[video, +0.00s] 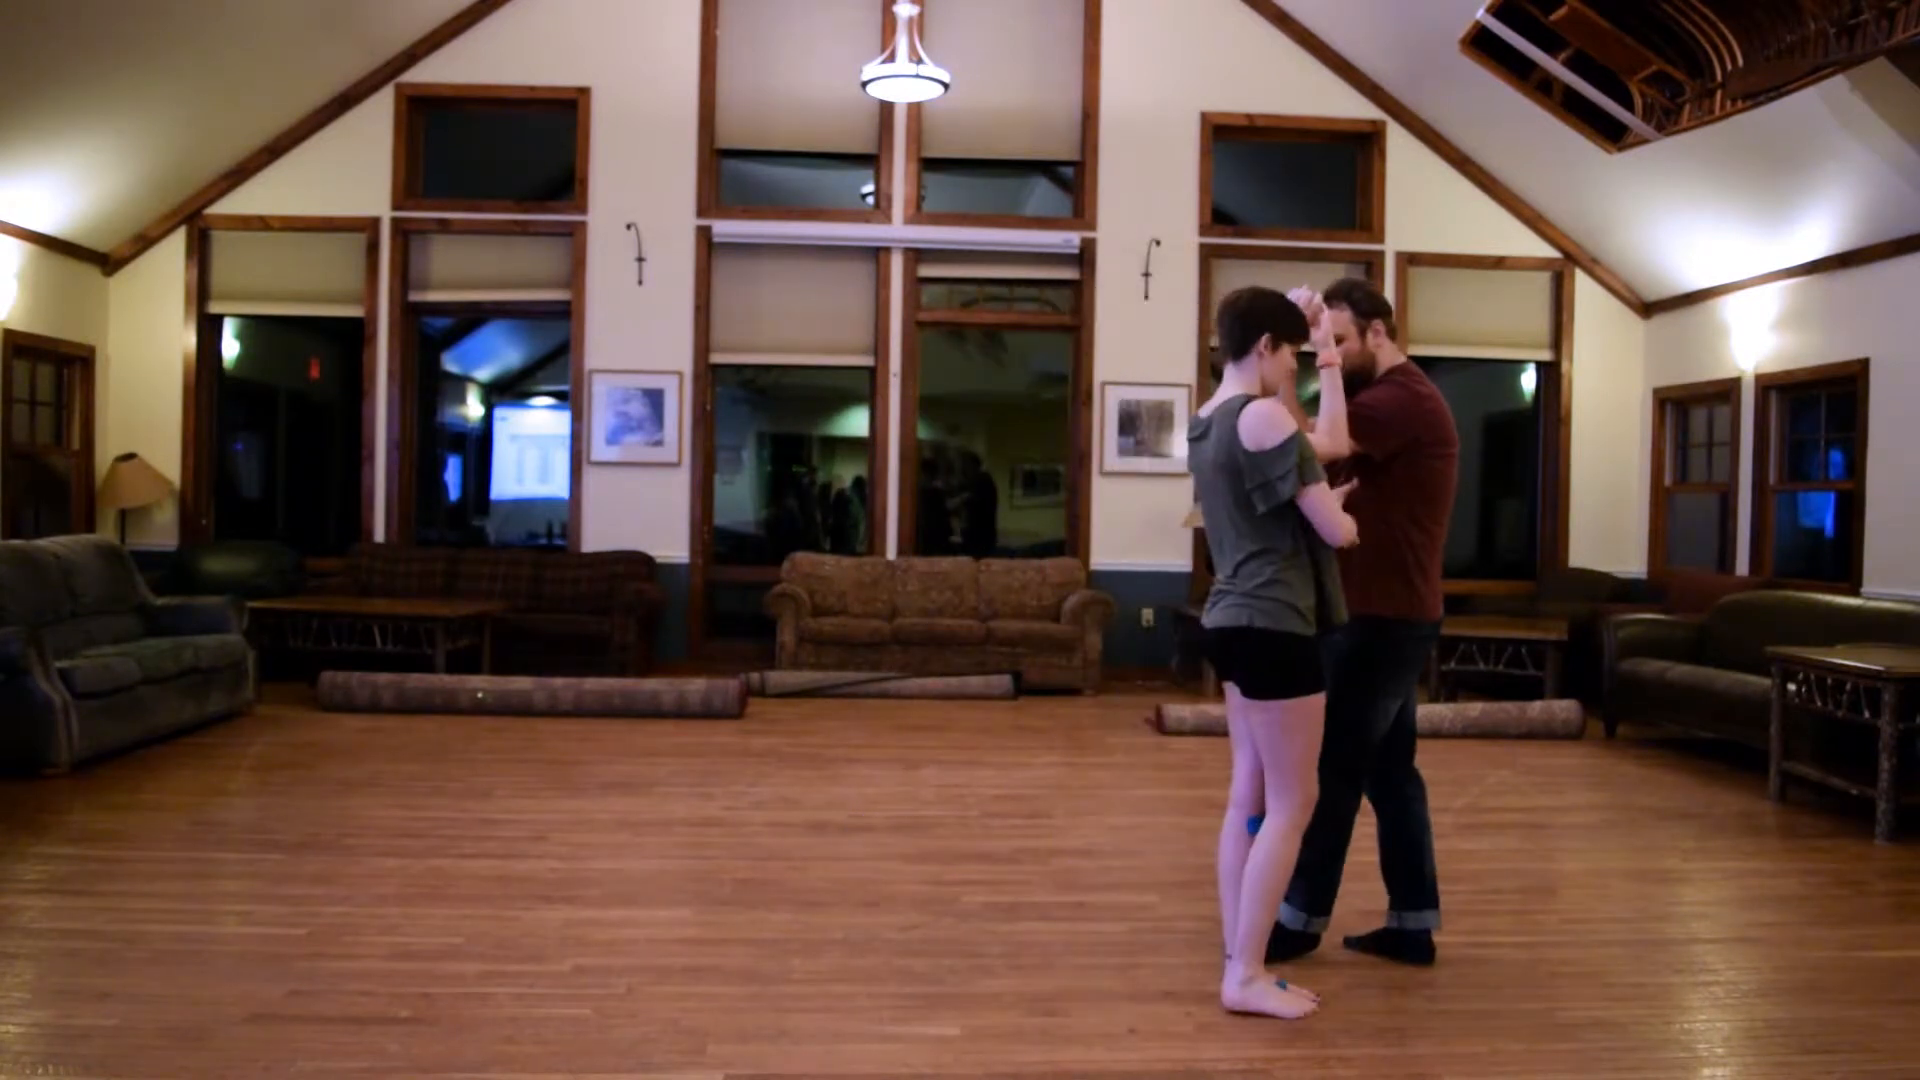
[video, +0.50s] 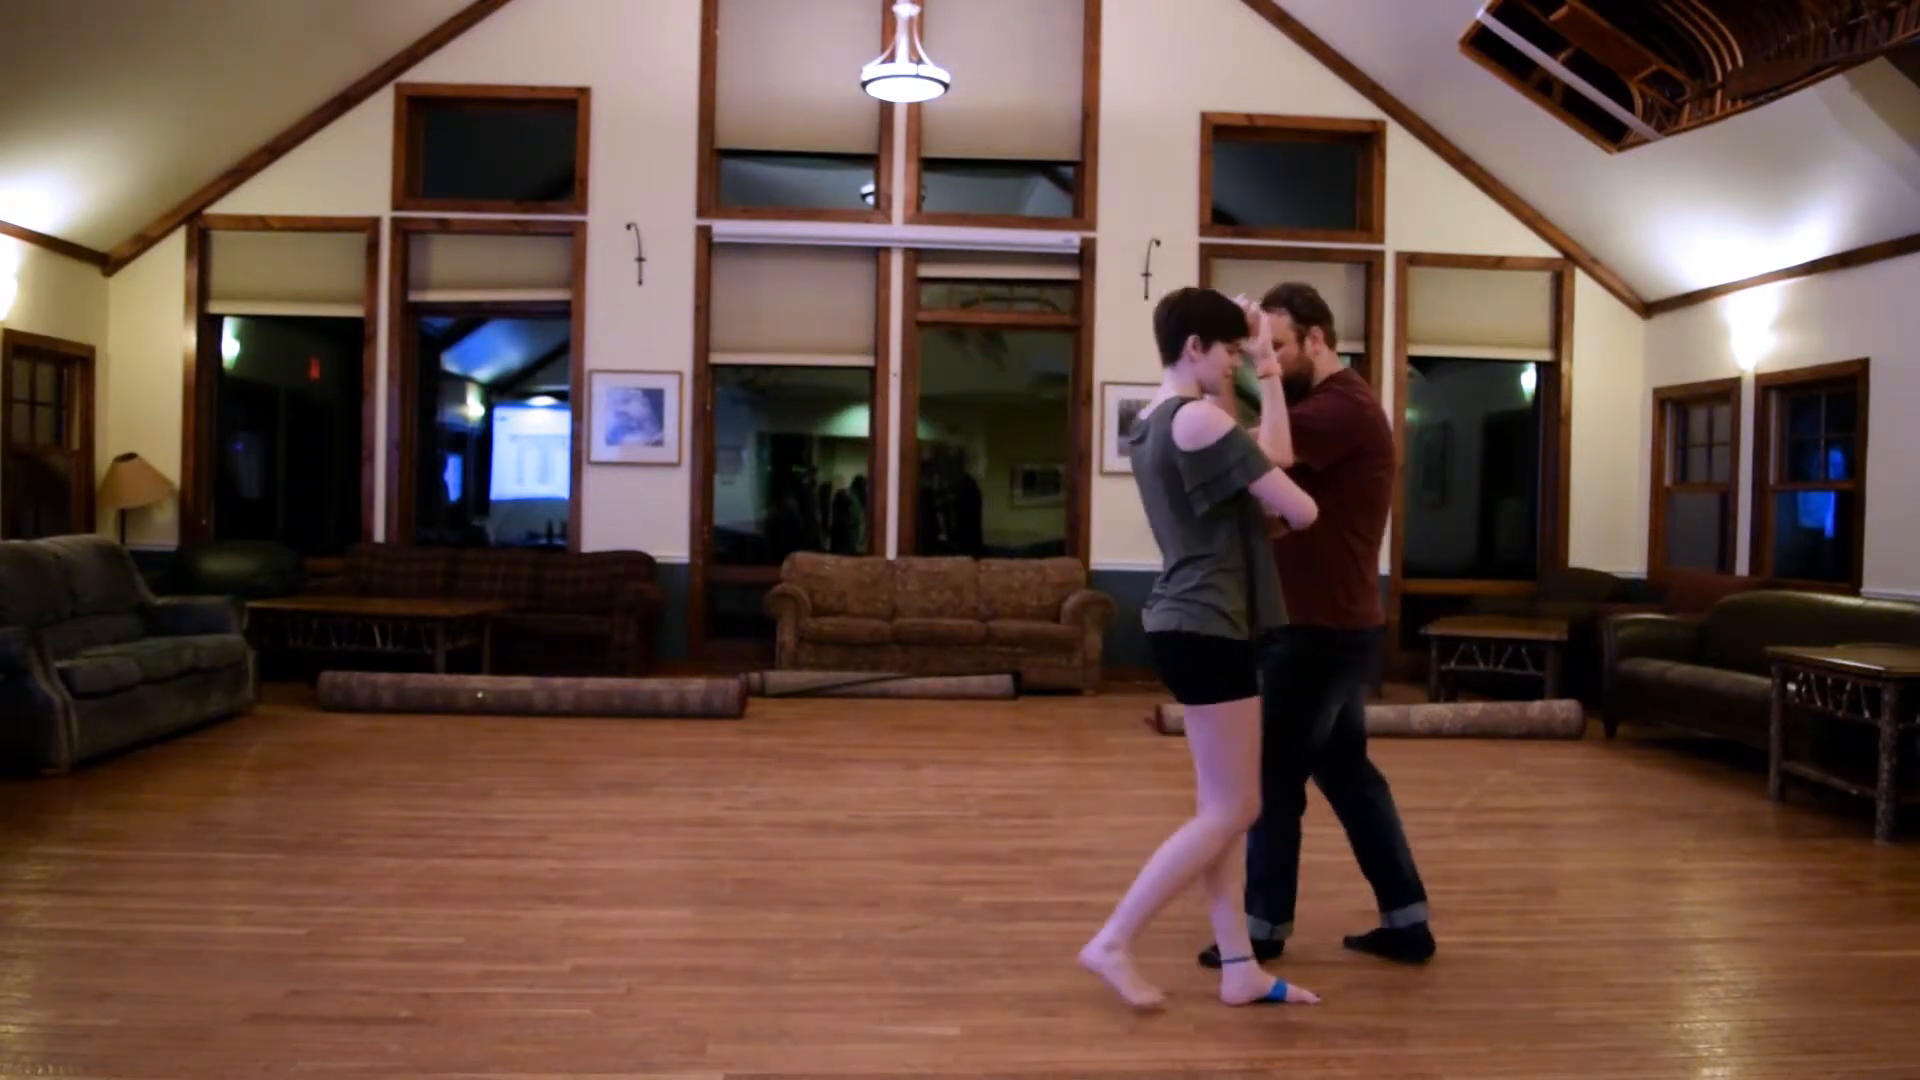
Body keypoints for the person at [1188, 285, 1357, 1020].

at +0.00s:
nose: (1301, 362)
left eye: (1301, 349)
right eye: (1296, 349)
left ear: (1235, 349)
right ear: (1267, 348)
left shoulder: (1208, 419)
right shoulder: (1266, 417)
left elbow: (1329, 442)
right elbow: (1335, 529)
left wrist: (1327, 360)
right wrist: (1336, 508)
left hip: (1232, 620)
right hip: (1278, 627)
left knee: (1248, 798)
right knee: (1289, 804)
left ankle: (1239, 964)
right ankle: (1247, 977)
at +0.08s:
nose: (1302, 363)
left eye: (1303, 350)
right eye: (1296, 349)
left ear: (1240, 349)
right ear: (1264, 348)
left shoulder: (1208, 417)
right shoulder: (1265, 417)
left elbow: (1319, 445)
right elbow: (1343, 523)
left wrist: (1329, 365)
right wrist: (1345, 514)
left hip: (1230, 619)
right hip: (1276, 625)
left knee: (1248, 797)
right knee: (1293, 802)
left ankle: (1241, 963)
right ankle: (1248, 975)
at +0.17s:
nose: (1298, 366)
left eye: (1300, 353)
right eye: (1292, 352)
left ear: (1237, 350)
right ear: (1257, 348)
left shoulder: (1205, 419)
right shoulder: (1258, 417)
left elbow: (1321, 446)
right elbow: (1349, 516)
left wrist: (1328, 369)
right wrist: (1311, 522)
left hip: (1227, 622)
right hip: (1272, 626)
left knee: (1247, 798)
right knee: (1295, 800)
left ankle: (1241, 963)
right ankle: (1248, 974)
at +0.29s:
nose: (1283, 367)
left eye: (1285, 354)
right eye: (1279, 353)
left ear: (1225, 349)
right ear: (1245, 347)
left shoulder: (1192, 421)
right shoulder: (1246, 419)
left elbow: (1308, 457)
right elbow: (1343, 512)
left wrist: (1315, 372)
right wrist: (1300, 508)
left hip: (1215, 624)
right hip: (1259, 628)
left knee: (1241, 800)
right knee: (1293, 802)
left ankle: (1237, 961)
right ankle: (1240, 974)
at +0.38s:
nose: (1293, 358)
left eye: (1304, 342)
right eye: (1290, 344)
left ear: (1342, 337)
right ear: (1335, 340)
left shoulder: (1365, 405)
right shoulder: (1362, 397)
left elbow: (1276, 469)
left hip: (1345, 622)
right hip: (1367, 619)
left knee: (1288, 767)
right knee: (1375, 767)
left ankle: (1262, 916)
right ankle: (1411, 922)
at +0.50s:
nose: (1267, 361)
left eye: (1278, 346)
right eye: (1263, 348)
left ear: (1317, 341)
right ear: (1307, 346)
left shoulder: (1340, 408)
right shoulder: (1331, 400)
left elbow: (1248, 470)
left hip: (1316, 628)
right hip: (1339, 624)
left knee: (1276, 778)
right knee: (1344, 766)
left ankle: (1263, 929)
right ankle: (1407, 920)